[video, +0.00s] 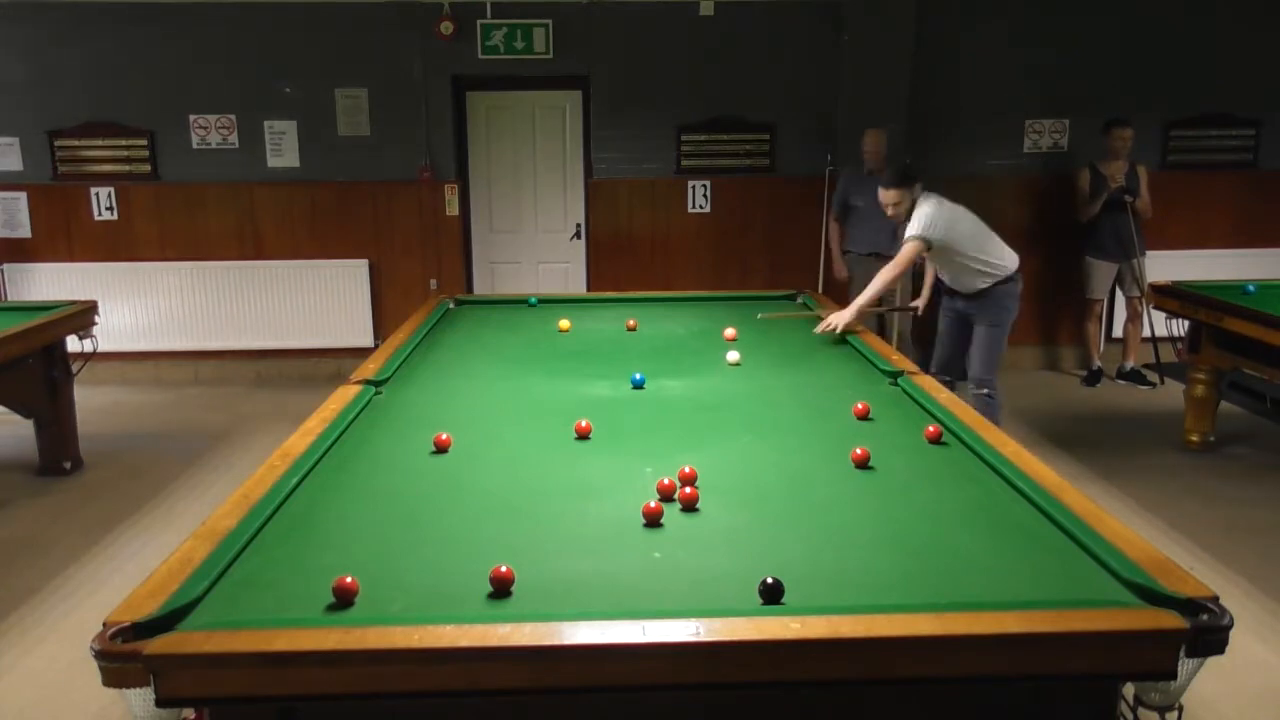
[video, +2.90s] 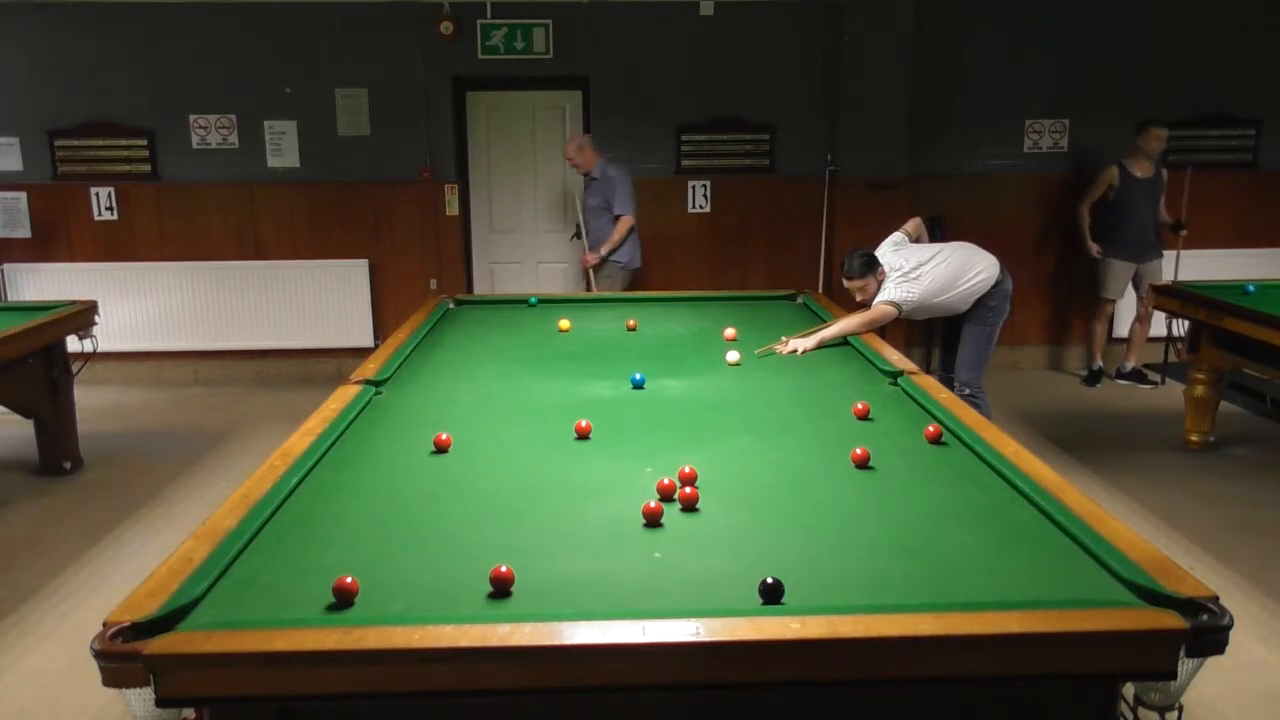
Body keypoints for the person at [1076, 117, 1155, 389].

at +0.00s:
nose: (1125, 145)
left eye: (1129, 140)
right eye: (1120, 139)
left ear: (1132, 142)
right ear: (1107, 140)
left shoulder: (1137, 171)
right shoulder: (1089, 172)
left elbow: (1147, 211)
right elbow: (1083, 214)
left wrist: (1131, 197)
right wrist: (1106, 191)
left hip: (1132, 250)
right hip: (1100, 250)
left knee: (1136, 309)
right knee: (1094, 309)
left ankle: (1128, 366)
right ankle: (1094, 365)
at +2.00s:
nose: (1127, 145)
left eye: (1131, 140)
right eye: (1122, 140)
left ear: (1134, 142)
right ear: (1108, 140)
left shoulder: (1138, 171)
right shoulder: (1089, 172)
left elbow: (1147, 211)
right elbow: (1083, 214)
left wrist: (1132, 197)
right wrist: (1106, 191)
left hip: (1132, 250)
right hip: (1100, 250)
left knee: (1136, 309)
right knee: (1094, 309)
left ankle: (1128, 367)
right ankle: (1094, 365)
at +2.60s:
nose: (1138, 145)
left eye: (1142, 140)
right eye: (1133, 139)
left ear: (1145, 143)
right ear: (1118, 140)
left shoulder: (1146, 174)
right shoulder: (1097, 173)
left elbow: (1149, 217)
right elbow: (1078, 213)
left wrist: (1154, 208)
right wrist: (1098, 230)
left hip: (1137, 252)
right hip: (1104, 252)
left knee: (1140, 310)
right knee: (1096, 309)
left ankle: (1127, 367)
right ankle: (1094, 365)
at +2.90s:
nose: (1160, 145)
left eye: (1163, 140)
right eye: (1155, 139)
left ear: (1165, 144)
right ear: (1140, 140)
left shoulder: (1161, 174)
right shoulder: (1115, 172)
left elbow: (1159, 208)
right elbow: (1085, 206)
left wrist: (1172, 225)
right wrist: (1088, 241)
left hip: (1150, 253)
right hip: (1118, 252)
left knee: (1146, 311)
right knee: (1105, 310)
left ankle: (1129, 366)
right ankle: (1095, 365)